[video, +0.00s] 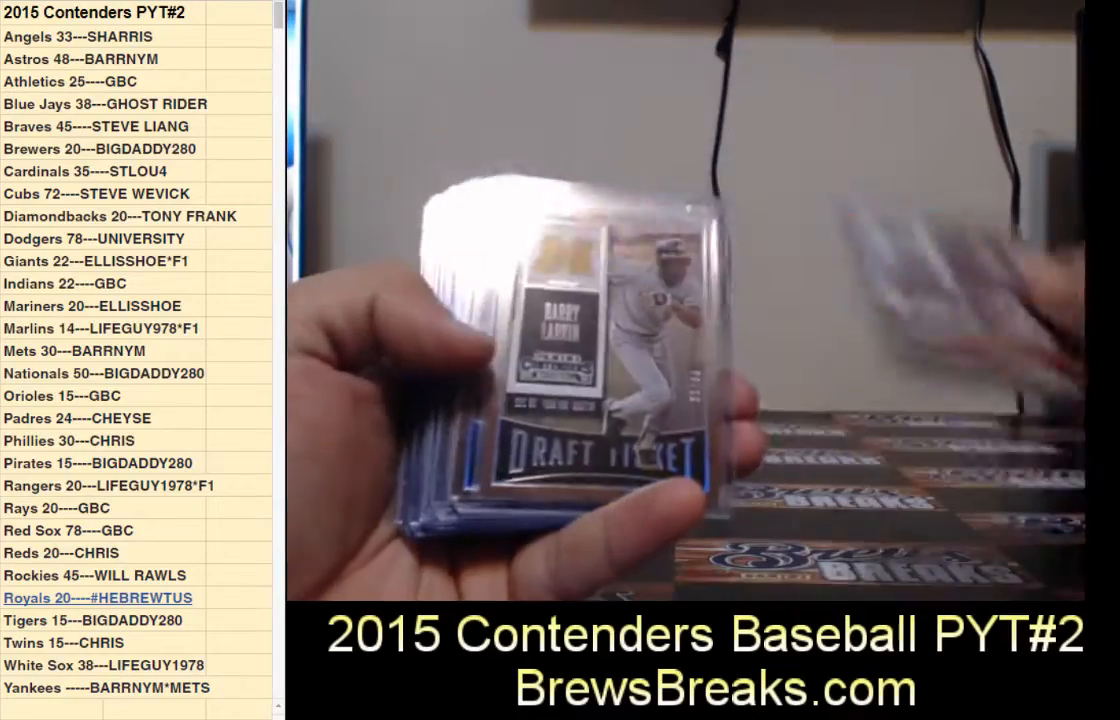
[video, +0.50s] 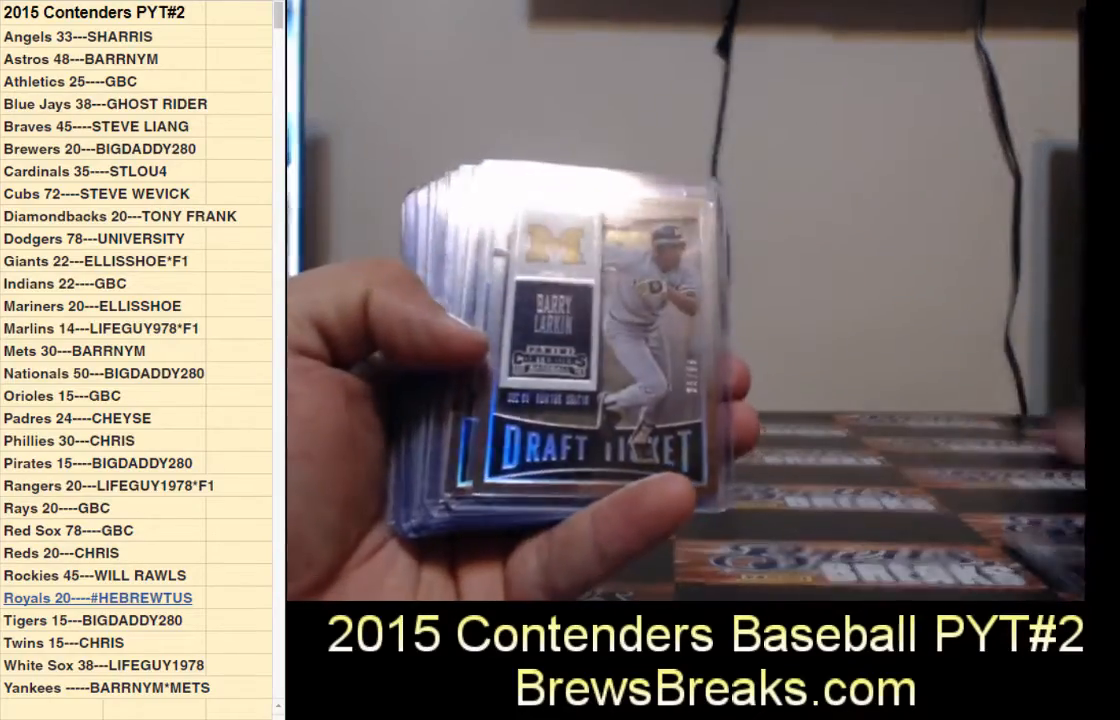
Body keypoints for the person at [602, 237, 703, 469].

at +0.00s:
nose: (683, 268)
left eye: (684, 263)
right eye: (678, 263)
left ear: (686, 264)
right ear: (663, 264)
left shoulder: (687, 286)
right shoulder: (641, 276)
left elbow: (696, 321)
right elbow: (600, 268)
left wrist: (675, 306)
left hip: (655, 340)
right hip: (626, 338)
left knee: (665, 397)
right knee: (660, 394)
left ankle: (646, 446)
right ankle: (615, 411)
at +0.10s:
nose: (679, 261)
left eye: (680, 256)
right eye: (674, 256)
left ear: (680, 256)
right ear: (659, 257)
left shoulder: (682, 278)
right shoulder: (635, 267)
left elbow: (693, 313)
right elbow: (596, 260)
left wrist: (669, 298)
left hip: (653, 335)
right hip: (623, 333)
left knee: (664, 391)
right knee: (658, 389)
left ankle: (644, 441)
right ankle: (613, 407)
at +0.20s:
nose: (679, 258)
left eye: (680, 253)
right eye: (673, 253)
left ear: (682, 253)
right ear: (658, 254)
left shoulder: (684, 274)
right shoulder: (636, 264)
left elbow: (694, 311)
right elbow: (594, 260)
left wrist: (669, 295)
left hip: (653, 333)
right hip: (623, 331)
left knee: (664, 390)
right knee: (658, 389)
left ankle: (644, 441)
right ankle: (613, 407)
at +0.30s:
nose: (676, 257)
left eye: (678, 251)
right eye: (671, 251)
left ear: (679, 252)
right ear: (656, 252)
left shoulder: (679, 274)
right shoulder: (633, 263)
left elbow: (692, 310)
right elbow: (592, 255)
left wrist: (667, 294)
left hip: (651, 332)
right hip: (621, 331)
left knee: (661, 390)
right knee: (656, 389)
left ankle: (641, 440)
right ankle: (610, 406)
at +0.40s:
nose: (674, 254)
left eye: (676, 248)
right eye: (669, 249)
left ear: (677, 248)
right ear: (653, 250)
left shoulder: (678, 270)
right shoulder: (630, 261)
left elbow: (689, 307)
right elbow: (589, 254)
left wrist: (664, 291)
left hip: (648, 329)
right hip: (618, 327)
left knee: (658, 386)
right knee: (653, 385)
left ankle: (639, 437)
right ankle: (607, 403)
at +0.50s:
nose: (678, 254)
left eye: (679, 249)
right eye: (673, 249)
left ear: (681, 249)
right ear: (658, 251)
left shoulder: (681, 271)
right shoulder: (635, 261)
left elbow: (692, 308)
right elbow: (594, 254)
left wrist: (667, 291)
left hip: (651, 330)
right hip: (621, 328)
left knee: (661, 387)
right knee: (655, 387)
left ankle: (641, 437)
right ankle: (609, 404)